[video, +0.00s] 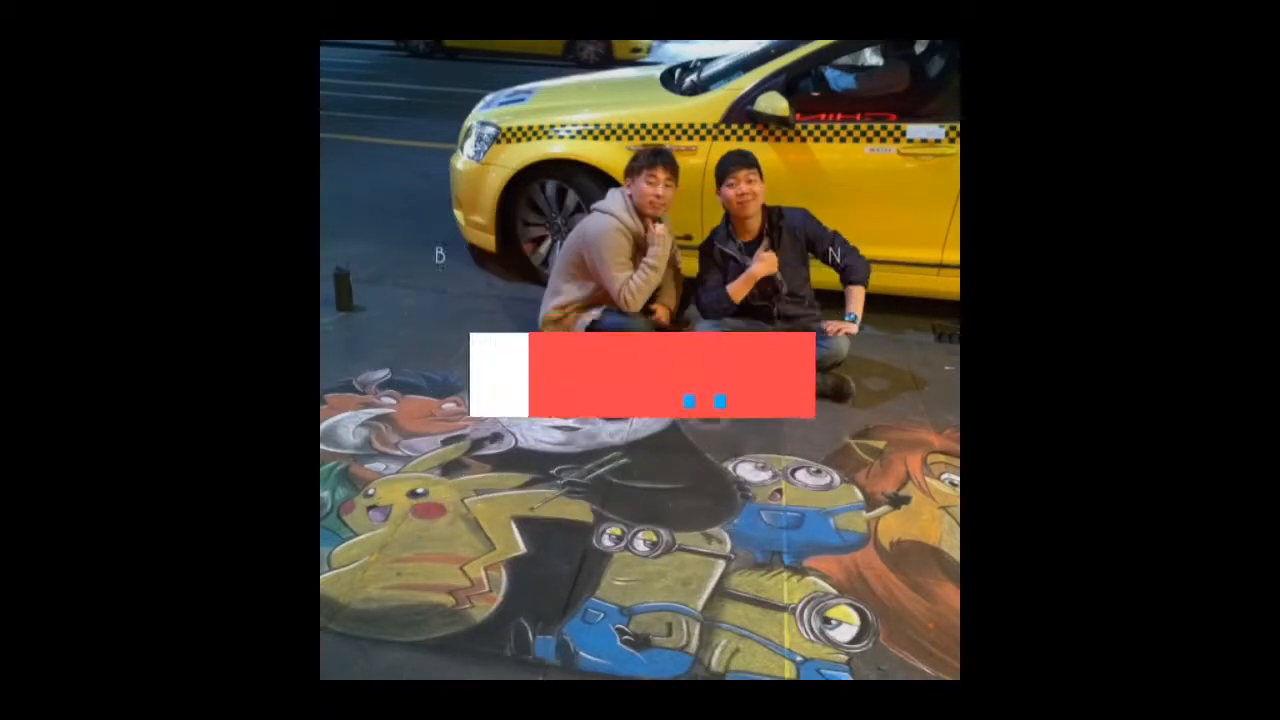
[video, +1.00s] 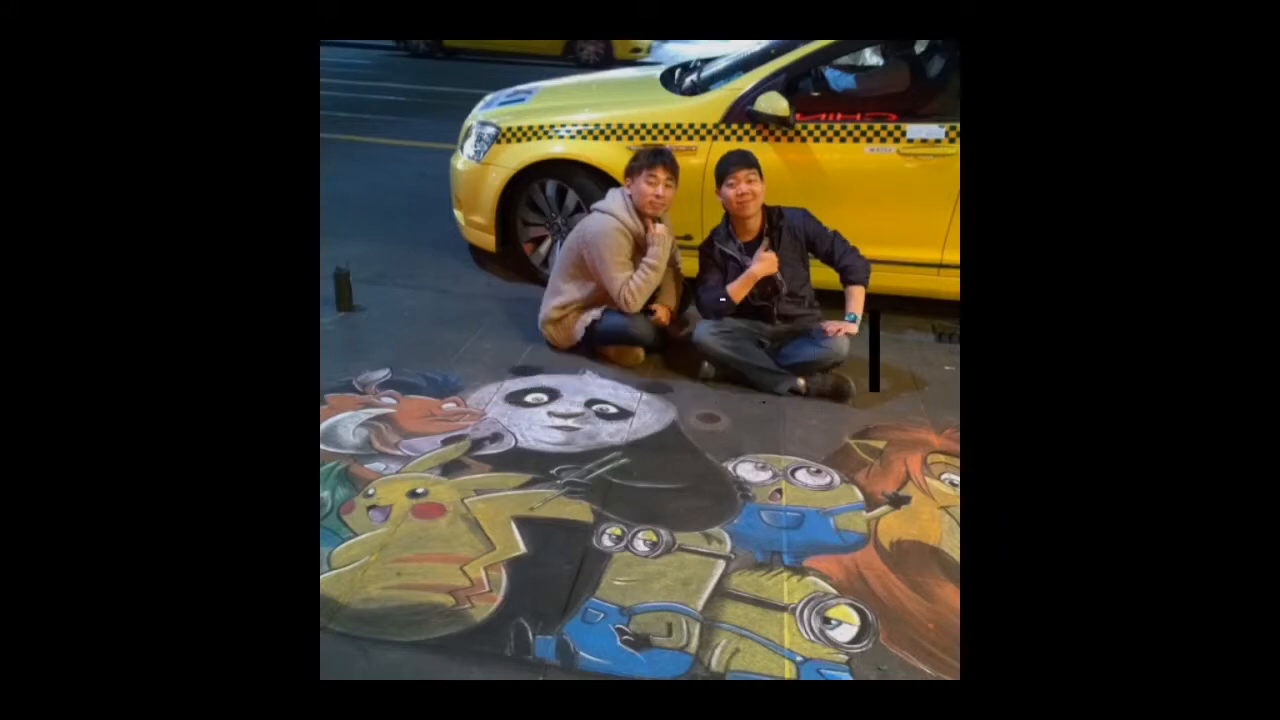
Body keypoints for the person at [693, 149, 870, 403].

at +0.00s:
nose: (743, 190)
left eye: (751, 181)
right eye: (732, 185)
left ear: (763, 187)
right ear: (720, 196)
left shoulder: (795, 222)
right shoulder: (713, 246)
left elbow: (854, 262)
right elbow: (708, 308)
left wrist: (851, 320)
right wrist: (752, 275)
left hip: (800, 325)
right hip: (749, 325)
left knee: (838, 344)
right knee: (704, 332)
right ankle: (811, 383)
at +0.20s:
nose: (743, 191)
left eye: (750, 181)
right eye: (732, 185)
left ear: (763, 187)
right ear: (720, 196)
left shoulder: (795, 222)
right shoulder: (713, 247)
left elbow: (853, 262)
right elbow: (707, 306)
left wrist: (851, 320)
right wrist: (752, 275)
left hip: (798, 329)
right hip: (742, 332)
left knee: (838, 344)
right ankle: (814, 385)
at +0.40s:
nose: (743, 191)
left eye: (750, 181)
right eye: (732, 185)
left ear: (763, 186)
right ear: (720, 196)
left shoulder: (795, 222)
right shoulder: (713, 247)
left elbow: (853, 263)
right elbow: (707, 306)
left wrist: (851, 320)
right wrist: (752, 275)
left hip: (800, 327)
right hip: (745, 332)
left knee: (839, 344)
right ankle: (815, 384)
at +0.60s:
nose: (743, 190)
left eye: (751, 180)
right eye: (732, 184)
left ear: (764, 186)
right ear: (719, 195)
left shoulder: (796, 222)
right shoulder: (712, 248)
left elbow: (852, 262)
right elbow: (709, 306)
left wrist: (853, 317)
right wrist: (752, 275)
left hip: (801, 319)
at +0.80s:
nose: (743, 191)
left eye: (750, 181)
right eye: (732, 185)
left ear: (763, 186)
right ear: (720, 195)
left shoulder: (795, 222)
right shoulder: (713, 247)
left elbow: (853, 263)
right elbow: (709, 308)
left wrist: (852, 323)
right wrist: (752, 274)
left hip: (799, 330)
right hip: (748, 330)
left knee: (834, 358)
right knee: (704, 334)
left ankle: (733, 372)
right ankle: (788, 384)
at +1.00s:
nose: (743, 191)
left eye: (750, 181)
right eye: (732, 185)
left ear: (763, 187)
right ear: (720, 195)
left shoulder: (795, 222)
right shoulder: (713, 246)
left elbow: (853, 262)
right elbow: (709, 308)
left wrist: (851, 320)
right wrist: (752, 275)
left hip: (799, 328)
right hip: (747, 329)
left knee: (837, 345)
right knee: (704, 334)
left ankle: (734, 372)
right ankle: (798, 386)